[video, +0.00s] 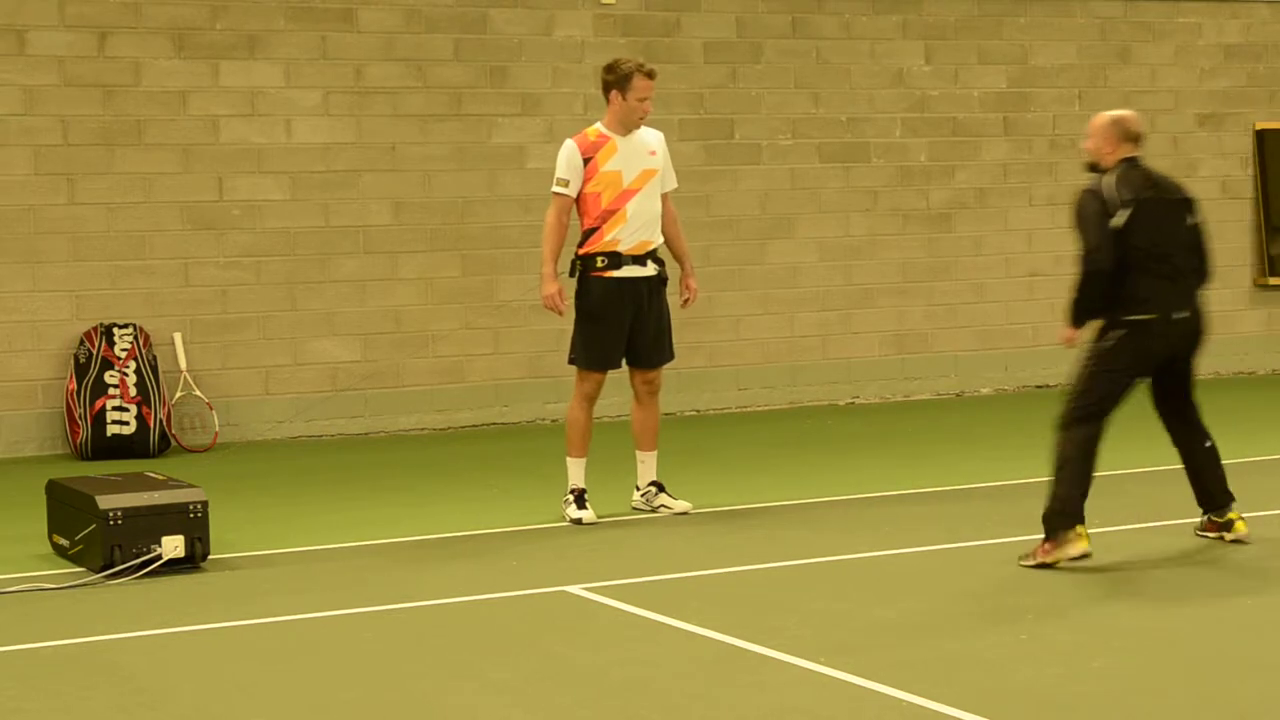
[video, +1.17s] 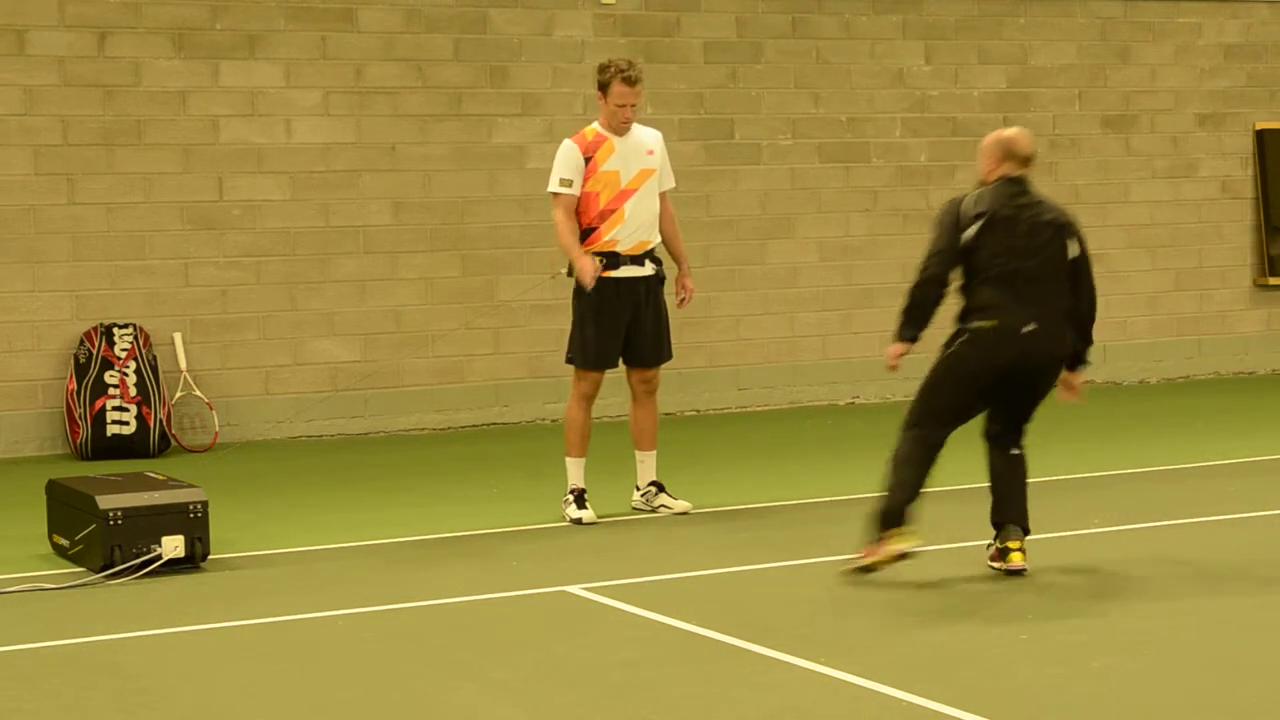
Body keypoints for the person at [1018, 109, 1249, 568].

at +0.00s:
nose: (1085, 147)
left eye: (1091, 139)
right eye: (1087, 138)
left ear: (1113, 144)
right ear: (1129, 145)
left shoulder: (1098, 194)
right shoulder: (1173, 191)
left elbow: (1101, 261)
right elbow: (1198, 264)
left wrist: (1077, 317)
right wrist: (1166, 293)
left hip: (1129, 329)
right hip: (1181, 324)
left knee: (1080, 419)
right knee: (1180, 412)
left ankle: (1063, 531)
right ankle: (1222, 513)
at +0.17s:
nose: (1030, 131)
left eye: (1037, 123)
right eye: (1033, 122)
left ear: (1056, 130)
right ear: (1076, 131)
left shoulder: (1040, 184)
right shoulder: (1117, 182)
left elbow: (1036, 251)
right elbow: (1144, 254)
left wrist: (1015, 303)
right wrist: (1108, 282)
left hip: (1065, 325)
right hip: (1117, 321)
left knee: (1036, 430)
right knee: (1117, 413)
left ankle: (1064, 539)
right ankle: (1162, 509)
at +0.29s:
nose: (1001, 108)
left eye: (1004, 100)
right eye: (1003, 99)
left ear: (1020, 104)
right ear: (1047, 104)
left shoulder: (1005, 156)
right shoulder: (1089, 154)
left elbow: (1002, 220)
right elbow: (1119, 227)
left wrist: (980, 275)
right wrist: (1087, 262)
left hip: (1032, 297)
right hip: (1086, 293)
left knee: (1014, 404)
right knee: (1056, 399)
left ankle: (1040, 524)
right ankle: (1067, 507)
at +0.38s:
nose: (980, 107)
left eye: (984, 99)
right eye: (983, 98)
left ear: (1002, 103)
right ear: (1028, 103)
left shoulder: (984, 153)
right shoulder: (1069, 151)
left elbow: (979, 223)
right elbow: (1102, 227)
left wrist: (957, 276)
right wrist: (1070, 265)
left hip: (1010, 295)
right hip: (1066, 293)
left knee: (979, 402)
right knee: (1030, 402)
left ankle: (997, 523)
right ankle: (1032, 518)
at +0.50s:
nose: (950, 132)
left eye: (954, 124)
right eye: (953, 123)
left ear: (966, 128)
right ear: (996, 130)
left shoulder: (953, 182)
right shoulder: (1039, 183)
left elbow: (944, 250)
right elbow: (1071, 260)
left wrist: (919, 306)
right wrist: (1039, 304)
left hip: (976, 320)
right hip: (1034, 323)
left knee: (924, 416)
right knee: (994, 425)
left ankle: (889, 533)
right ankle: (1014, 539)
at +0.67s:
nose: (903, 185)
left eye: (906, 177)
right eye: (906, 176)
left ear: (917, 181)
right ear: (949, 183)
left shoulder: (900, 234)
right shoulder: (994, 234)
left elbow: (891, 307)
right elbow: (1027, 316)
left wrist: (876, 359)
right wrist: (1012, 375)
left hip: (934, 362)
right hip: (995, 365)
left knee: (874, 456)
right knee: (959, 441)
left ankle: (845, 566)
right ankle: (1010, 539)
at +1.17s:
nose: (979, 166)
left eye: (983, 159)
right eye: (983, 157)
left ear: (994, 163)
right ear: (1026, 165)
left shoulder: (967, 209)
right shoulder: (1059, 220)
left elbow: (935, 273)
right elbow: (1083, 296)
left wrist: (907, 332)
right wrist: (1075, 360)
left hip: (984, 342)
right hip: (1044, 351)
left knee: (924, 426)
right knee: (1006, 433)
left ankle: (891, 527)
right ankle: (1012, 539)